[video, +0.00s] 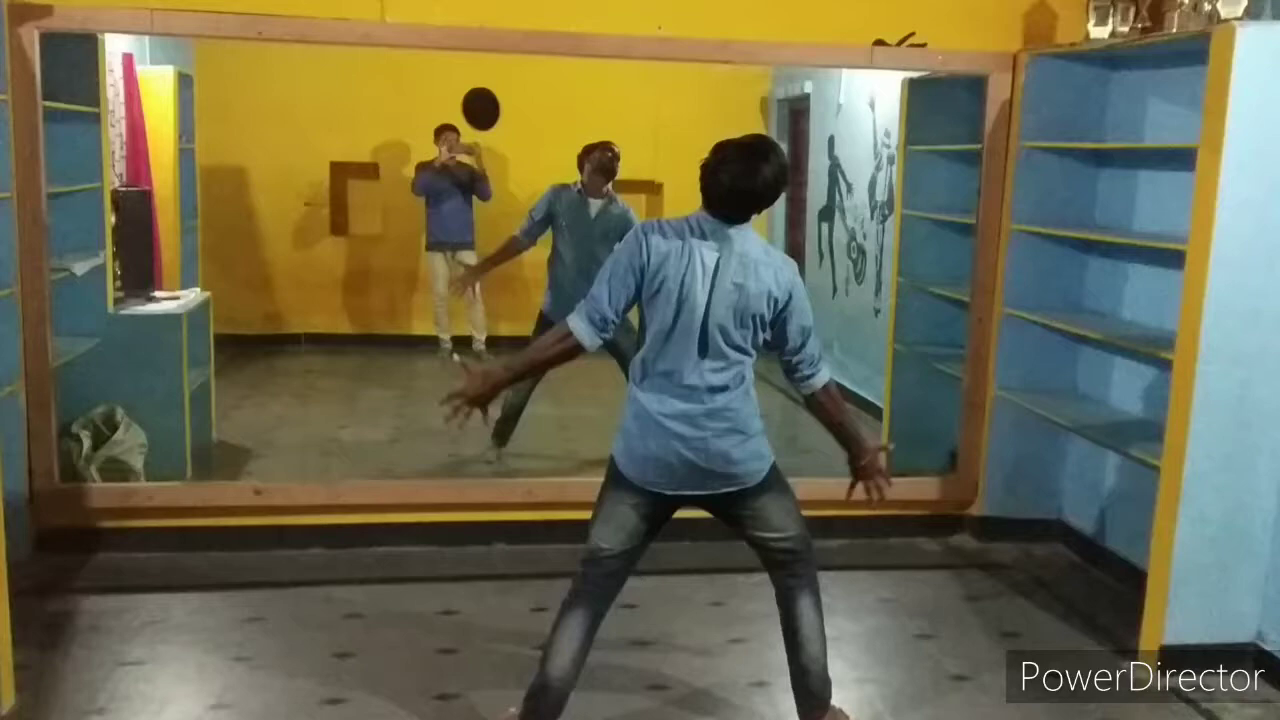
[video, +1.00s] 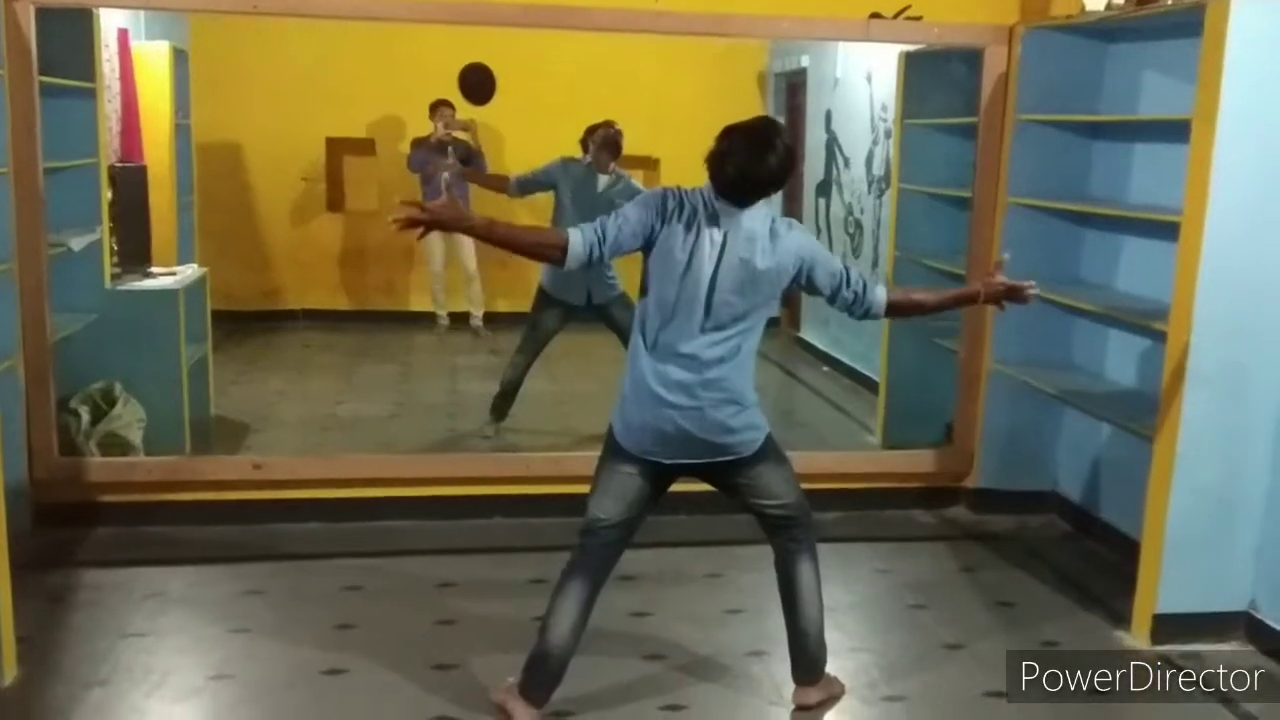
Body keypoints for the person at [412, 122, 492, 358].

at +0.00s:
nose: (449, 145)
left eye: (453, 140)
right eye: (444, 140)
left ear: (459, 144)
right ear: (437, 143)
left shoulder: (467, 169)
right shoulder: (426, 168)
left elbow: (485, 194)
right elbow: (418, 189)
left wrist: (478, 164)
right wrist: (438, 164)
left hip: (465, 242)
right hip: (437, 243)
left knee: (473, 292)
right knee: (440, 294)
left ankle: (479, 343)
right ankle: (444, 342)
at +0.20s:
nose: (448, 144)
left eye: (453, 139)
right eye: (444, 139)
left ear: (459, 143)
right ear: (437, 142)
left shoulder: (466, 169)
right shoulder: (426, 167)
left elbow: (485, 194)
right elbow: (418, 189)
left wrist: (478, 162)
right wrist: (438, 163)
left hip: (463, 240)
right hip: (436, 242)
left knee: (472, 292)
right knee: (440, 294)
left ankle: (480, 340)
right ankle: (444, 342)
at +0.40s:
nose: (448, 143)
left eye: (453, 139)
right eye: (444, 139)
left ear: (459, 142)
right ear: (436, 142)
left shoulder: (466, 168)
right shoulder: (426, 167)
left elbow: (485, 193)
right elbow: (418, 188)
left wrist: (478, 163)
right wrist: (438, 163)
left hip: (464, 240)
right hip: (436, 241)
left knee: (473, 291)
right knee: (438, 289)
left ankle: (479, 340)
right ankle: (435, 336)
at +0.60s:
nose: (446, 134)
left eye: (451, 130)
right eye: (442, 129)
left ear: (456, 133)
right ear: (434, 132)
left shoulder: (464, 159)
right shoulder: (424, 158)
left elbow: (482, 184)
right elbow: (416, 179)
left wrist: (475, 154)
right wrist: (435, 153)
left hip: (461, 229)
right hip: (433, 230)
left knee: (471, 280)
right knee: (437, 281)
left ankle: (478, 333)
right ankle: (442, 332)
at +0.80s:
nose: (448, 128)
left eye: (452, 123)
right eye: (443, 123)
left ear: (457, 126)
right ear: (435, 126)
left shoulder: (464, 152)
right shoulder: (425, 152)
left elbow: (483, 177)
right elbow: (417, 173)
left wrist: (477, 148)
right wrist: (437, 148)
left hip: (464, 224)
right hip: (435, 225)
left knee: (473, 275)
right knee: (440, 276)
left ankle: (479, 325)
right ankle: (444, 324)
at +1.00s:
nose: (445, 121)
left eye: (449, 116)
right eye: (440, 116)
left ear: (455, 119)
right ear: (432, 119)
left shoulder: (461, 146)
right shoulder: (422, 144)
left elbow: (480, 171)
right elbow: (414, 166)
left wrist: (474, 139)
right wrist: (434, 141)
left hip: (461, 217)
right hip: (434, 218)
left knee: (471, 269)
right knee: (437, 269)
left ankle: (476, 318)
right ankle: (441, 317)